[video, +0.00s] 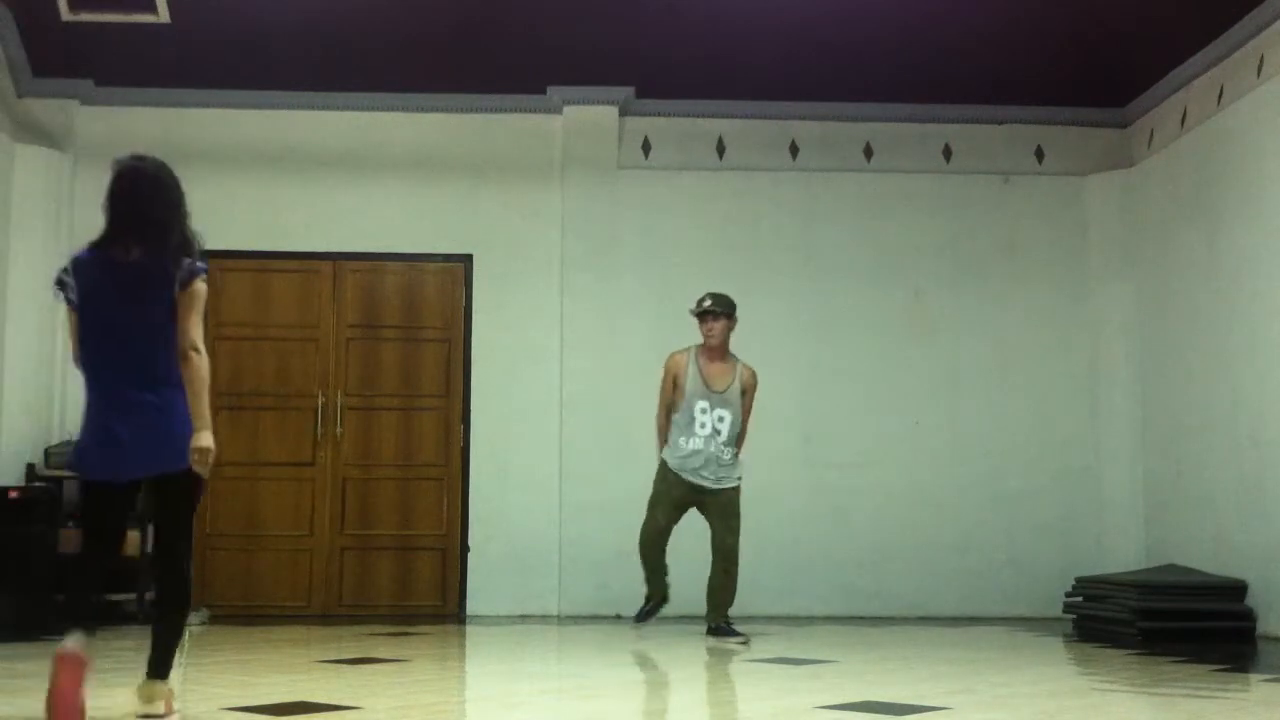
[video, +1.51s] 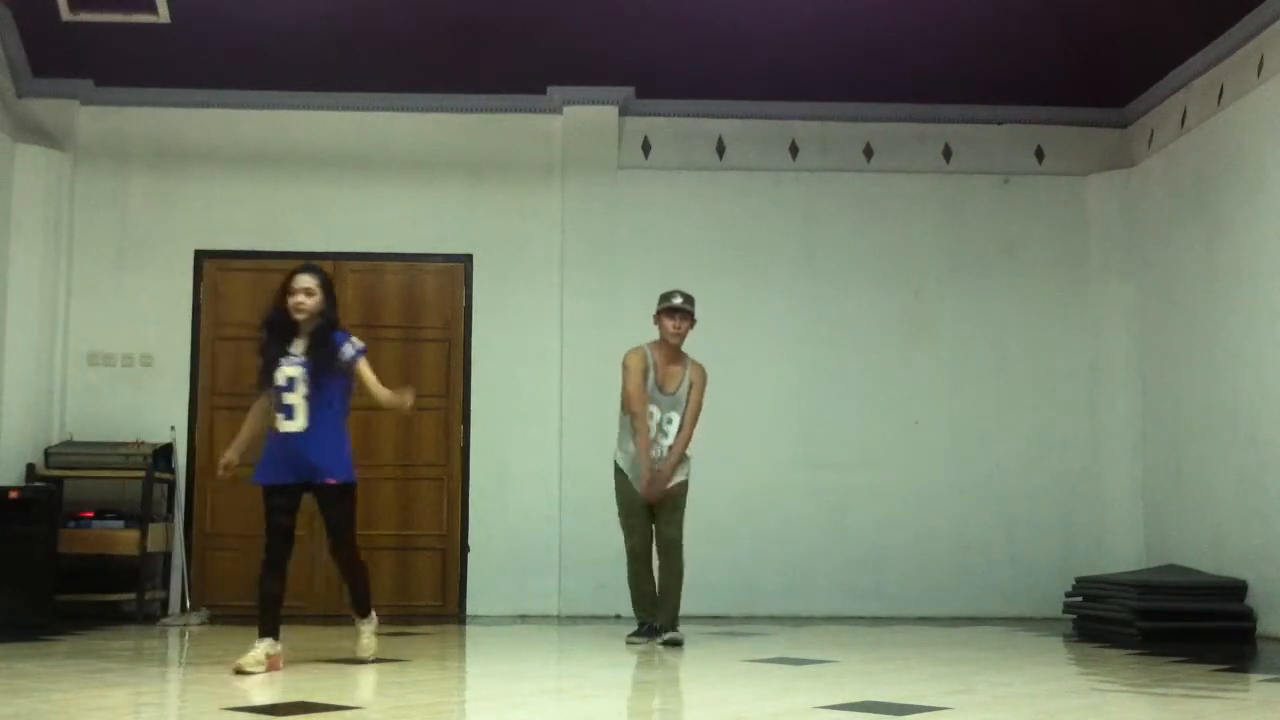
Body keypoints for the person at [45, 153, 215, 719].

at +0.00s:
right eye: (171, 202)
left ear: (112, 205)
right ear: (172, 207)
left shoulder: (82, 268)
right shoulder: (185, 266)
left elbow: (79, 354)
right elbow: (191, 349)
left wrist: (123, 383)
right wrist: (203, 427)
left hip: (105, 436)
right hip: (171, 432)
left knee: (98, 548)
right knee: (173, 559)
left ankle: (76, 639)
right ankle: (157, 683)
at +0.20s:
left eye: (143, 202)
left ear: (139, 210)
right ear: (196, 210)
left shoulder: (112, 270)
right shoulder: (215, 271)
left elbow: (96, 360)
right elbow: (224, 362)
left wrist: (92, 433)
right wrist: (235, 444)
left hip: (125, 431)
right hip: (192, 430)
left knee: (143, 537)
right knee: (177, 551)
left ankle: (135, 639)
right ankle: (158, 682)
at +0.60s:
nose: (169, 247)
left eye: (172, 240)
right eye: (172, 239)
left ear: (182, 248)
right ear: (226, 248)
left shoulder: (162, 301)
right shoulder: (249, 306)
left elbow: (139, 374)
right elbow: (259, 379)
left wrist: (119, 442)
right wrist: (256, 430)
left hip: (167, 446)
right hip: (224, 447)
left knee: (168, 550)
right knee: (213, 546)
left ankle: (183, 668)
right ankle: (199, 613)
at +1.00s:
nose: (211, 276)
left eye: (218, 269)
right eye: (213, 269)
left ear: (238, 274)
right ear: (249, 275)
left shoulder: (240, 324)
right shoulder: (261, 325)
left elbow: (217, 382)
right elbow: (269, 397)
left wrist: (194, 419)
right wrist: (273, 456)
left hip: (230, 450)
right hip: (251, 450)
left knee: (213, 549)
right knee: (241, 548)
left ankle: (210, 655)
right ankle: (264, 643)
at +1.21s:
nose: (239, 286)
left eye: (246, 278)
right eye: (239, 278)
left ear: (269, 280)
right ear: (262, 282)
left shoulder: (289, 326)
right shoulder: (252, 328)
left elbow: (289, 393)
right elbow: (247, 391)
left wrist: (266, 447)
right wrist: (238, 447)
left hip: (272, 450)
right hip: (247, 449)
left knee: (252, 542)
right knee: (251, 543)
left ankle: (279, 641)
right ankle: (279, 639)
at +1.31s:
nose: (255, 287)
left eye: (263, 279)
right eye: (254, 279)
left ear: (287, 283)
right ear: (255, 285)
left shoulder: (304, 328)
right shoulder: (255, 331)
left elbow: (319, 383)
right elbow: (258, 397)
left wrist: (329, 437)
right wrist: (240, 442)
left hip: (294, 457)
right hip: (255, 459)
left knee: (283, 543)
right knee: (263, 549)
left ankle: (330, 622)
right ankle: (267, 643)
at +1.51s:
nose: (299, 299)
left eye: (309, 293)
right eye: (293, 292)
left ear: (325, 300)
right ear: (284, 299)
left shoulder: (340, 344)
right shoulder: (278, 345)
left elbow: (376, 391)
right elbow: (265, 402)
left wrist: (397, 399)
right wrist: (235, 449)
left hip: (329, 465)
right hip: (282, 464)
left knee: (342, 546)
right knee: (276, 550)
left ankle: (366, 621)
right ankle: (267, 643)